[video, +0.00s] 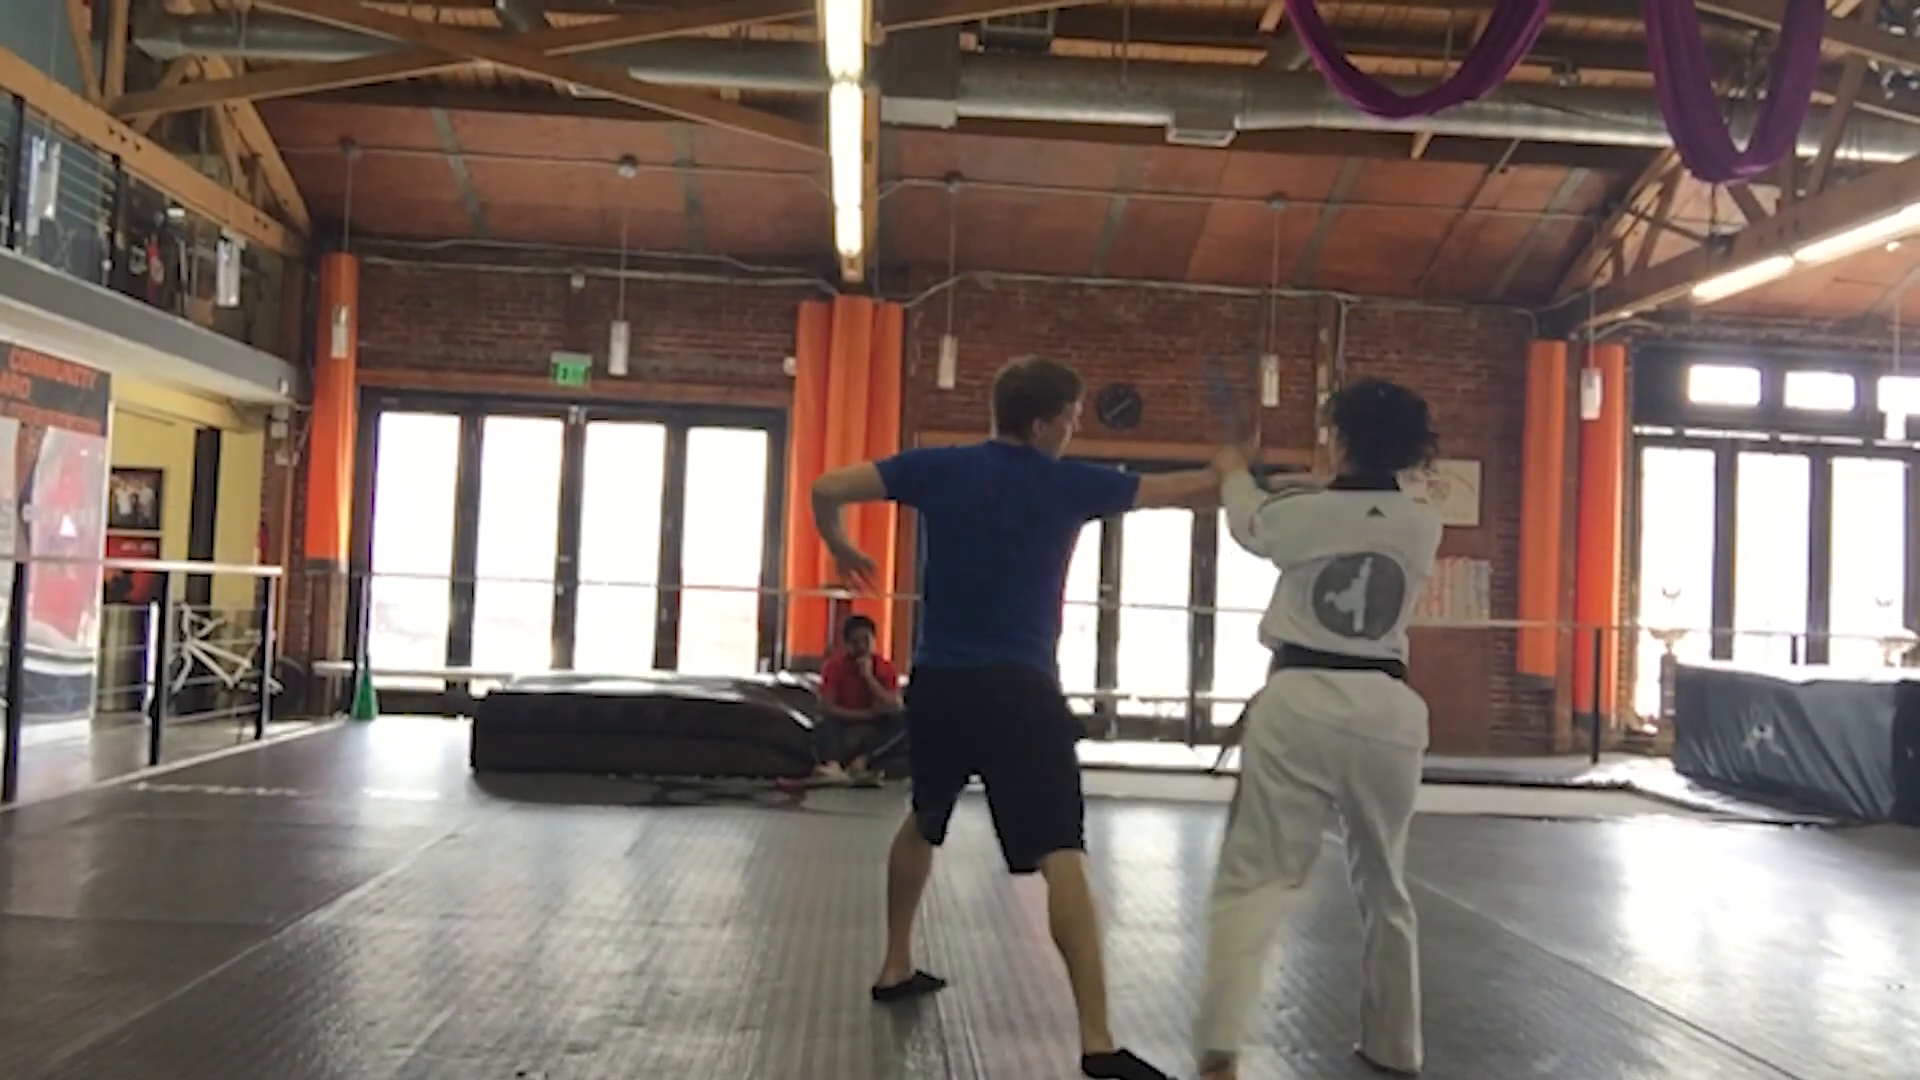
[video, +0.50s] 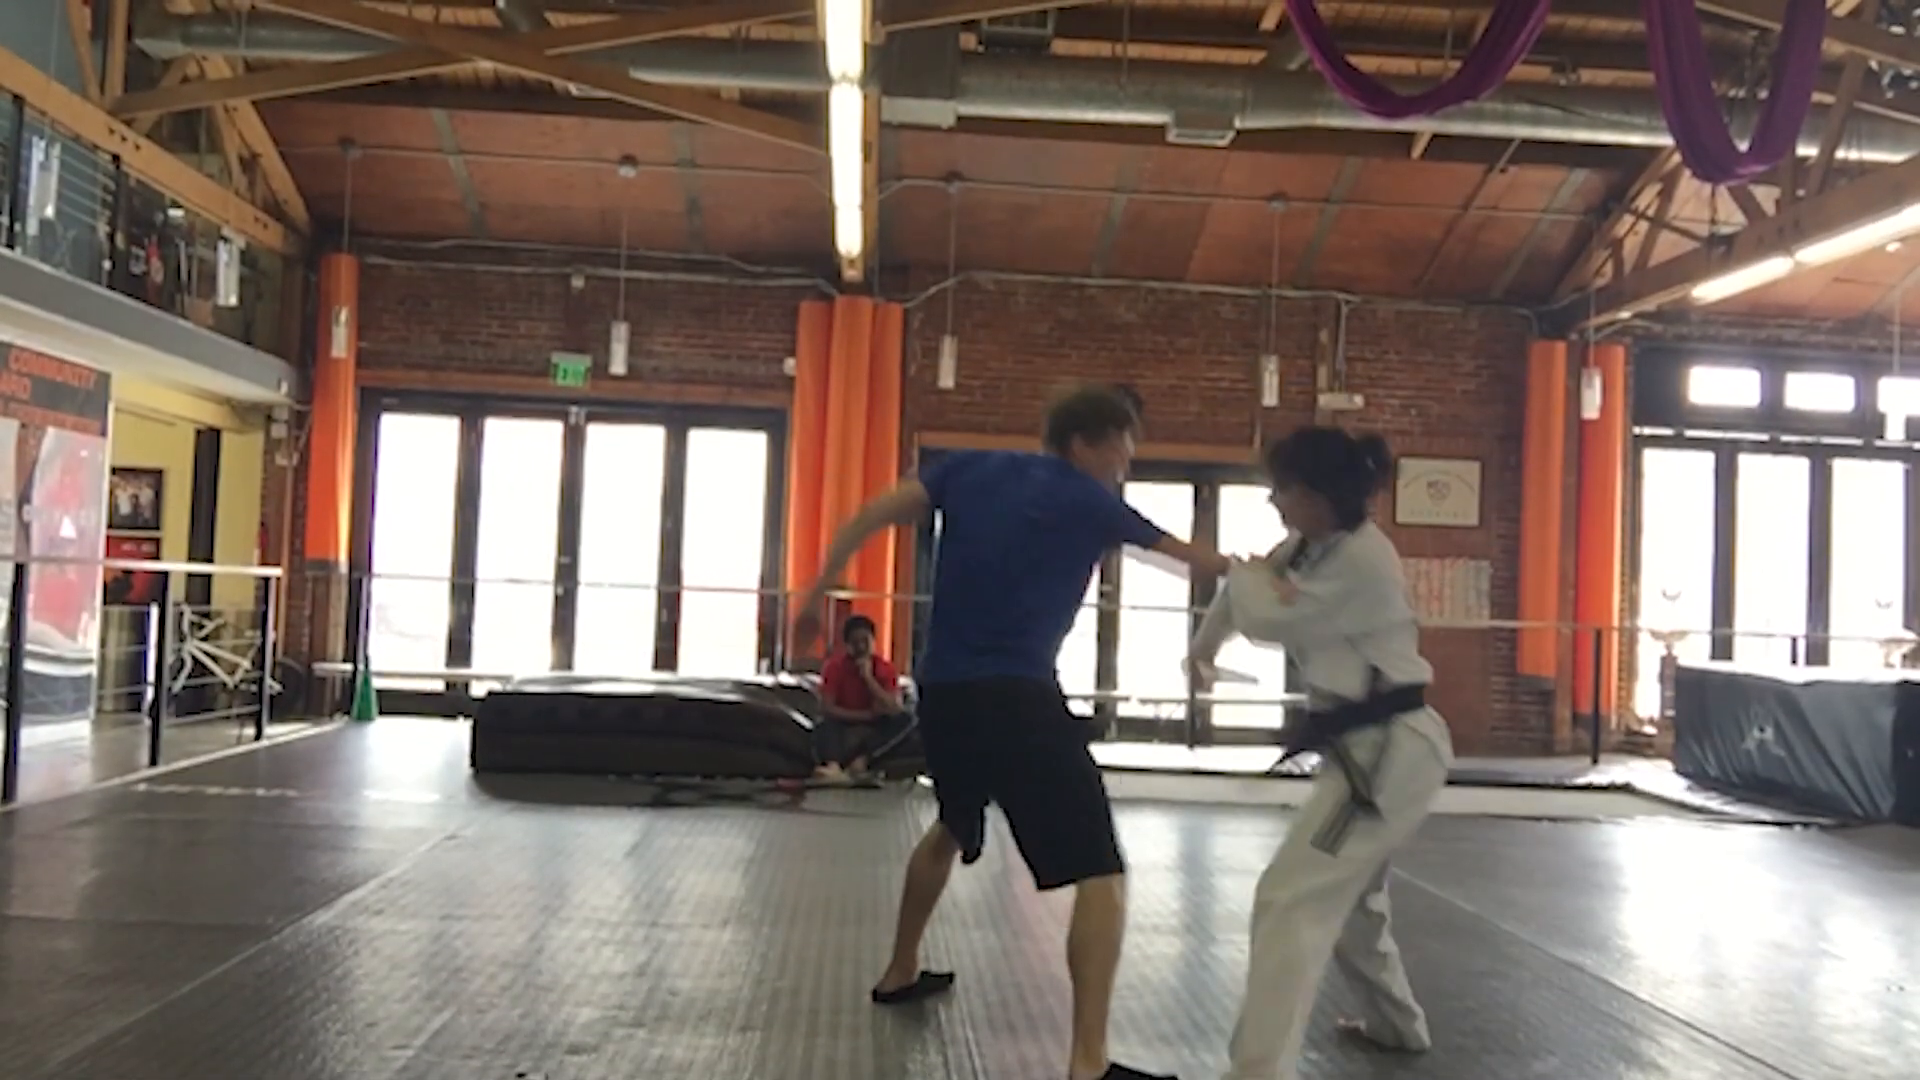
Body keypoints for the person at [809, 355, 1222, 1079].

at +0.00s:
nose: (1073, 430)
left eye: (1074, 420)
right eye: (1071, 419)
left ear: (998, 415)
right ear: (1052, 421)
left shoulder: (941, 467)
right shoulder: (1067, 483)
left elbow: (829, 487)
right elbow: (1178, 488)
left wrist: (839, 549)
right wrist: (1241, 468)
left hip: (937, 686)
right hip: (1023, 692)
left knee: (922, 819)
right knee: (1064, 859)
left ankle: (894, 967)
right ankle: (1098, 1045)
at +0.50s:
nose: (1127, 470)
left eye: (1129, 458)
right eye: (1124, 455)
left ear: (1054, 441)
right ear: (1087, 443)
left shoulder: (970, 470)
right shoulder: (1093, 501)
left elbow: (874, 511)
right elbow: (1193, 560)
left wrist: (814, 589)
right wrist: (1247, 571)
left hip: (943, 694)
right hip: (1021, 698)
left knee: (950, 825)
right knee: (1101, 872)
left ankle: (899, 972)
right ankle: (1090, 1061)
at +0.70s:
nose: (1140, 522)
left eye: (1145, 510)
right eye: (1140, 507)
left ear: (1077, 486)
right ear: (1103, 493)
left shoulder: (1001, 505)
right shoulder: (1098, 550)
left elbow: (904, 555)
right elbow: (1203, 624)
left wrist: (859, 636)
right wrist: (1257, 645)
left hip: (929, 714)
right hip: (1012, 727)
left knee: (945, 823)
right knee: (1110, 894)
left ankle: (896, 969)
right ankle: (1091, 1061)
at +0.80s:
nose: (1136, 498)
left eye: (1140, 486)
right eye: (1134, 484)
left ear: (1078, 465)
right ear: (1103, 473)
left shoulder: (1003, 490)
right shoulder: (1101, 531)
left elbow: (904, 519)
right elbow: (1200, 577)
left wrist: (866, 585)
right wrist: (1255, 594)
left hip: (933, 708)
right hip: (1014, 720)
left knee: (941, 822)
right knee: (1099, 892)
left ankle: (896, 969)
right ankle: (1091, 1061)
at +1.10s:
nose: (1156, 439)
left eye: (1157, 427)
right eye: (1155, 427)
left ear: (1079, 415)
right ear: (1137, 432)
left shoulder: (1027, 460)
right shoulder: (1143, 508)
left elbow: (928, 421)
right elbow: (1213, 575)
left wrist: (830, 372)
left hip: (967, 680)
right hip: (1051, 699)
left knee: (929, 826)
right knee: (1086, 874)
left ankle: (901, 968)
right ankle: (1118, 1055)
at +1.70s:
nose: (1134, 446)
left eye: (1137, 435)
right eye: (1136, 434)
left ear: (1066, 415)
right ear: (1118, 428)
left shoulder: (1007, 455)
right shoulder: (1128, 501)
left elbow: (903, 488)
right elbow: (1203, 547)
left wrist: (803, 523)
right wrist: (1194, 571)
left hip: (986, 686)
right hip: (1074, 698)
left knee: (977, 804)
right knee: (1108, 879)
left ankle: (951, 951)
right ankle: (1123, 1062)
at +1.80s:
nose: (1123, 446)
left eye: (1125, 436)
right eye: (1124, 436)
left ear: (1055, 419)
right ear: (1105, 439)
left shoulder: (1012, 464)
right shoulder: (1101, 512)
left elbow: (955, 470)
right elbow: (1169, 539)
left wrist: (857, 471)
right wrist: (1177, 536)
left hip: (983, 696)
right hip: (1068, 700)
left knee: (977, 816)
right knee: (1111, 871)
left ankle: (974, 970)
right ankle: (1144, 1052)